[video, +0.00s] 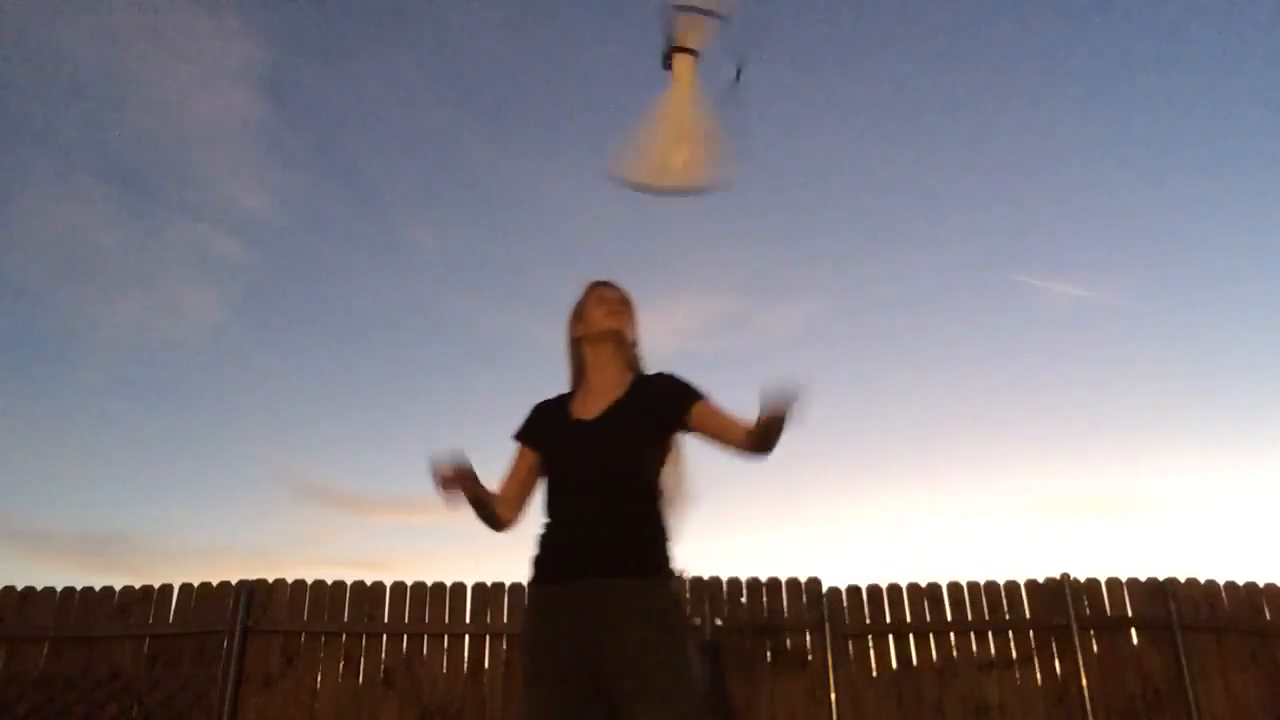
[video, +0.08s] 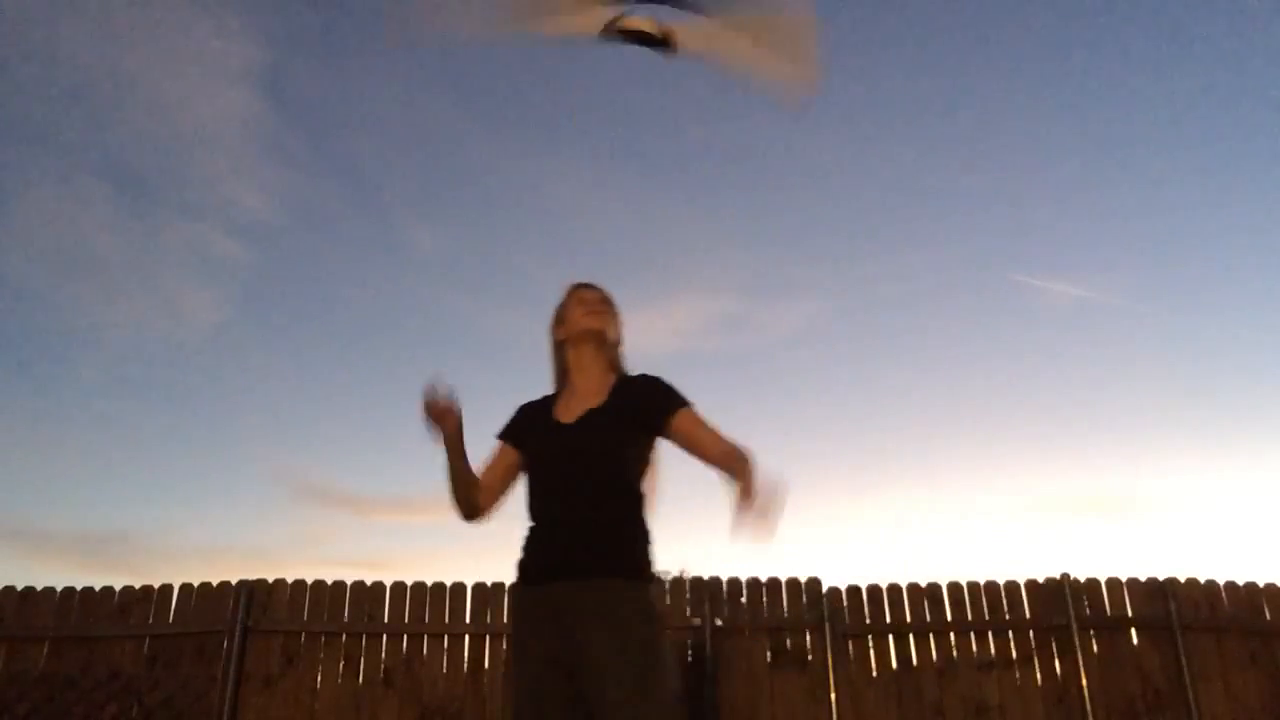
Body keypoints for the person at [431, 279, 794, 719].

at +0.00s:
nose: (610, 307)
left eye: (620, 305)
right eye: (598, 304)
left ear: (634, 330)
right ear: (576, 329)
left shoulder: (660, 394)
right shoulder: (549, 416)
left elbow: (754, 441)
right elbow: (502, 514)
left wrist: (773, 419)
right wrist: (471, 486)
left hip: (639, 592)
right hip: (559, 596)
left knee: (655, 706)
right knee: (556, 708)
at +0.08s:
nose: (591, 307)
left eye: (602, 305)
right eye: (578, 304)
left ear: (617, 331)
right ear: (558, 332)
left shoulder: (643, 394)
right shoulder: (534, 416)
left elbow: (722, 452)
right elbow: (473, 504)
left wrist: (745, 474)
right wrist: (453, 439)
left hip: (620, 593)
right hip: (542, 597)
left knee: (631, 704)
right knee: (540, 705)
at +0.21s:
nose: (561, 308)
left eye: (573, 303)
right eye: (548, 305)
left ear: (592, 331)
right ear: (533, 336)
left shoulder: (619, 391)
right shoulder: (514, 420)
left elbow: (701, 469)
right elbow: (429, 470)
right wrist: (441, 379)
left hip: (602, 595)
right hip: (525, 600)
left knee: (592, 708)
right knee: (519, 708)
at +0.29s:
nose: (543, 308)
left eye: (554, 302)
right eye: (530, 305)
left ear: (575, 330)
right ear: (515, 338)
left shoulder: (603, 387)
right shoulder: (500, 421)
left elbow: (679, 473)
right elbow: (405, 447)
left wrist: (638, 557)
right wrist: (429, 353)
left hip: (589, 585)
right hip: (520, 590)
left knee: (572, 705)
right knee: (515, 702)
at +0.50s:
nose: (475, 324)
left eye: (487, 313)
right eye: (465, 322)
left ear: (516, 327)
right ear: (462, 344)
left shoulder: (554, 381)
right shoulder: (460, 433)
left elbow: (627, 467)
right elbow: (364, 478)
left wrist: (572, 529)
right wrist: (327, 395)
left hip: (553, 590)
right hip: (499, 600)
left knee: (451, 708)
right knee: (531, 712)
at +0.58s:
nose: (443, 349)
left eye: (453, 334)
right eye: (437, 344)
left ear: (491, 334)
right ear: (441, 358)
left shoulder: (534, 384)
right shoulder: (447, 447)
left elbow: (611, 464)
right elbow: (388, 526)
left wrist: (561, 534)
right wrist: (316, 458)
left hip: (531, 594)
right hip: (475, 601)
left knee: (440, 705)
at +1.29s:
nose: (361, 371)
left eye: (367, 354)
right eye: (355, 364)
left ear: (406, 341)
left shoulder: (471, 379)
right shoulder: (392, 459)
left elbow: (561, 443)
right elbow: (406, 547)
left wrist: (523, 532)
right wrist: (370, 590)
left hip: (500, 591)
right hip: (445, 605)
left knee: (399, 709)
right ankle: (540, 695)